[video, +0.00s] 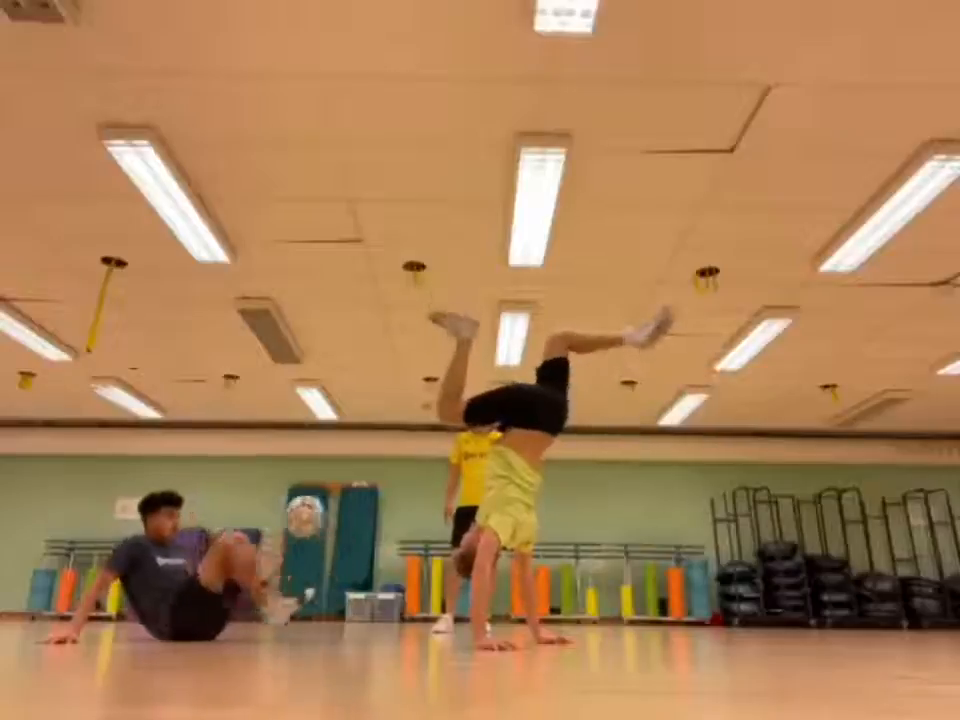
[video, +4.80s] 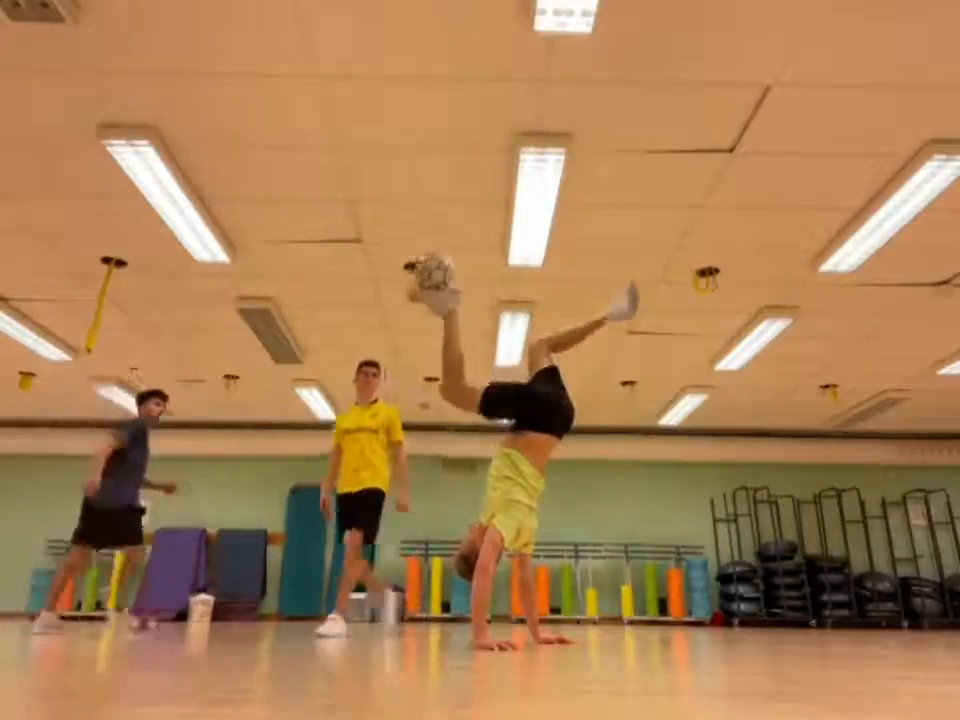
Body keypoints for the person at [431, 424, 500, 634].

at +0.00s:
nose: (478, 425)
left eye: (483, 420)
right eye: (474, 420)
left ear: (493, 418)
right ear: (468, 419)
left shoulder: (500, 439)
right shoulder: (463, 439)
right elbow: (454, 472)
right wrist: (449, 501)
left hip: (493, 504)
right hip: (467, 504)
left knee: (488, 564)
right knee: (456, 560)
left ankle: (484, 618)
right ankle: (449, 613)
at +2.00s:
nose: (476, 418)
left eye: (481, 412)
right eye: (473, 411)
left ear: (492, 415)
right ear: (467, 415)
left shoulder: (499, 439)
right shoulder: (462, 440)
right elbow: (454, 473)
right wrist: (448, 503)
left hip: (492, 504)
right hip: (466, 504)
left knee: (490, 564)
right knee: (456, 558)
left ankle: (483, 618)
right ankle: (449, 613)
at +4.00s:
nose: (444, 409)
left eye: (447, 404)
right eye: (439, 404)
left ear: (452, 409)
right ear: (432, 409)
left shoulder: (464, 438)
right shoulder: (422, 438)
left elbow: (474, 474)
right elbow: (416, 475)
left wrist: (475, 506)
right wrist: (411, 506)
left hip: (457, 506)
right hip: (428, 505)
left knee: (468, 558)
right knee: (412, 556)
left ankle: (477, 612)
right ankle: (409, 608)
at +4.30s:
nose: (408, 394)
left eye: (412, 390)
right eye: (403, 391)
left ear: (419, 395)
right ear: (397, 396)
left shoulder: (431, 423)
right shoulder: (391, 427)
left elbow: (441, 459)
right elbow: (387, 459)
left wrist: (441, 494)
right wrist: (379, 487)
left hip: (422, 493)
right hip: (396, 493)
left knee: (419, 552)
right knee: (394, 554)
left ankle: (437, 601)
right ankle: (400, 611)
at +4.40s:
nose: (400, 390)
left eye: (404, 386)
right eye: (395, 386)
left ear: (410, 391)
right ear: (388, 391)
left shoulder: (422, 418)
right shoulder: (381, 425)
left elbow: (435, 454)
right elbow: (375, 460)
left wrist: (435, 491)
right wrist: (364, 492)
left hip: (415, 489)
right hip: (390, 491)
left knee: (405, 544)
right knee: (392, 549)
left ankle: (409, 606)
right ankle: (399, 606)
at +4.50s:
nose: (392, 389)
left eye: (396, 385)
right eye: (387, 385)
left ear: (402, 391)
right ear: (380, 391)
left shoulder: (414, 419)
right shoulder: (373, 424)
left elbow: (427, 455)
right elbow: (366, 460)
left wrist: (427, 492)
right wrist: (355, 491)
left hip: (407, 490)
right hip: (382, 492)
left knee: (389, 544)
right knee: (390, 551)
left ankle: (377, 606)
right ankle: (397, 611)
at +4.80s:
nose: (368, 379)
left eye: (374, 375)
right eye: (364, 375)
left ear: (380, 382)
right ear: (355, 380)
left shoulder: (388, 413)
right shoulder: (344, 417)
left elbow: (400, 453)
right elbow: (336, 454)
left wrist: (404, 491)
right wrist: (327, 488)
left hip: (372, 485)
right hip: (346, 486)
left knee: (353, 544)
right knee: (353, 555)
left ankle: (338, 614)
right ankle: (386, 594)